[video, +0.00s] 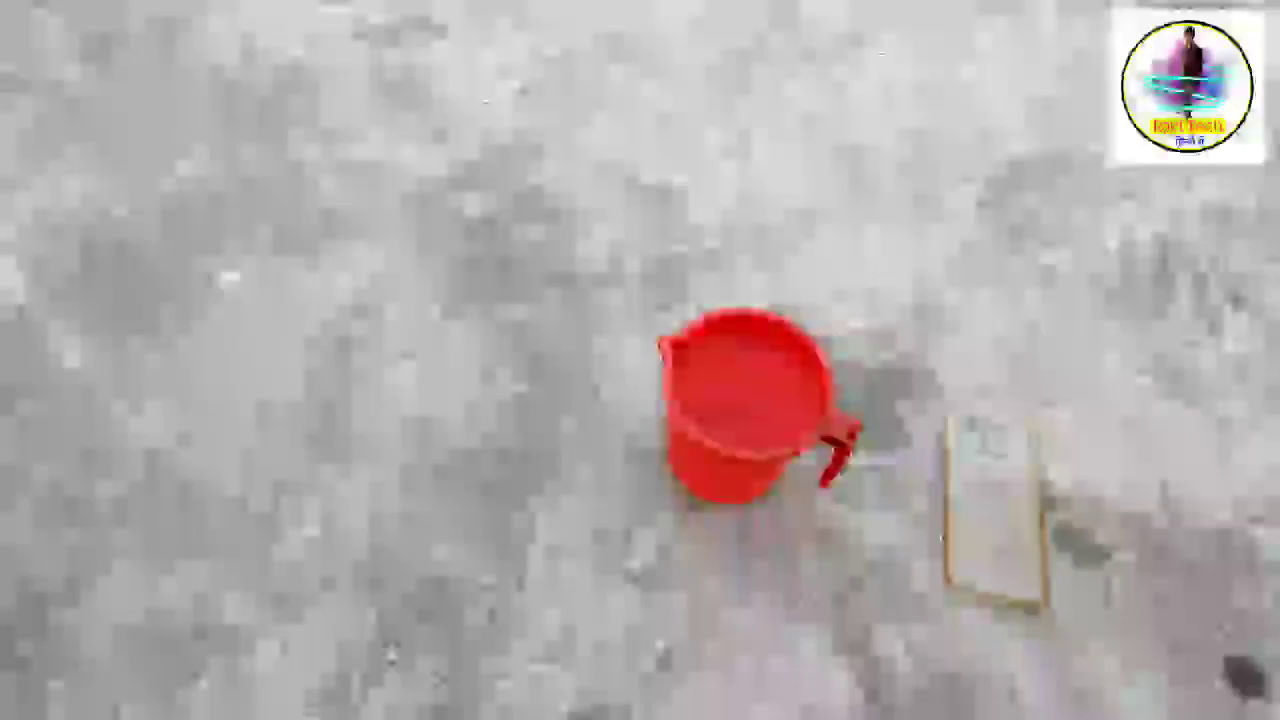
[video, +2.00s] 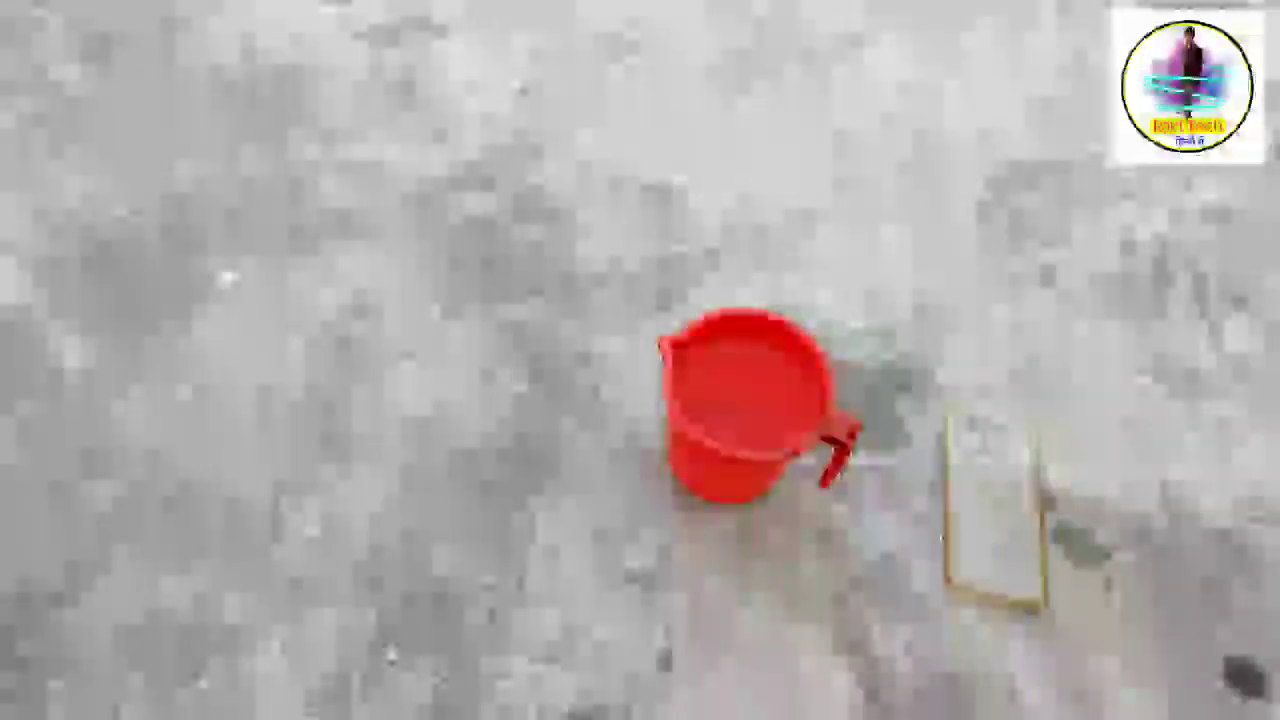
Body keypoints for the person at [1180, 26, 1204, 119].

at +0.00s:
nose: (1187, 38)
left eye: (1189, 35)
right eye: (1186, 36)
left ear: (1193, 36)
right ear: (1184, 36)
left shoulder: (1197, 50)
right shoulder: (1182, 50)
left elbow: (1199, 64)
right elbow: (1177, 62)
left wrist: (1198, 75)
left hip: (1194, 75)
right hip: (1184, 74)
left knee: (1190, 93)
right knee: (1185, 93)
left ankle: (1188, 112)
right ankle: (1186, 111)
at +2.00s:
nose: (1187, 38)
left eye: (1189, 36)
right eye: (1186, 36)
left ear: (1193, 36)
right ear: (1184, 36)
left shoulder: (1197, 50)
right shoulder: (1181, 49)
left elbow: (1199, 65)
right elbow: (1176, 61)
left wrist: (1197, 75)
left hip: (1193, 75)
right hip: (1183, 74)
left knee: (1190, 93)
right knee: (1185, 93)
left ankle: (1188, 112)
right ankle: (1185, 111)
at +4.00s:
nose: (1188, 38)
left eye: (1190, 36)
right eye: (1186, 36)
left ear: (1193, 36)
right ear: (1184, 36)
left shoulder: (1198, 50)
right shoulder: (1182, 50)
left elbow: (1199, 65)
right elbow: (1177, 62)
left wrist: (1197, 76)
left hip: (1193, 75)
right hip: (1184, 74)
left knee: (1189, 93)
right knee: (1185, 93)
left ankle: (1188, 112)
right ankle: (1186, 111)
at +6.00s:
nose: (1188, 38)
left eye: (1190, 36)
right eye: (1187, 35)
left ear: (1193, 36)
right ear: (1184, 36)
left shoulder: (1197, 50)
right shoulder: (1181, 49)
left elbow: (1199, 64)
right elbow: (1176, 61)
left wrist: (1197, 74)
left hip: (1193, 74)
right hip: (1183, 74)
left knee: (1190, 92)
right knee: (1185, 93)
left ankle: (1188, 112)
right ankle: (1186, 112)